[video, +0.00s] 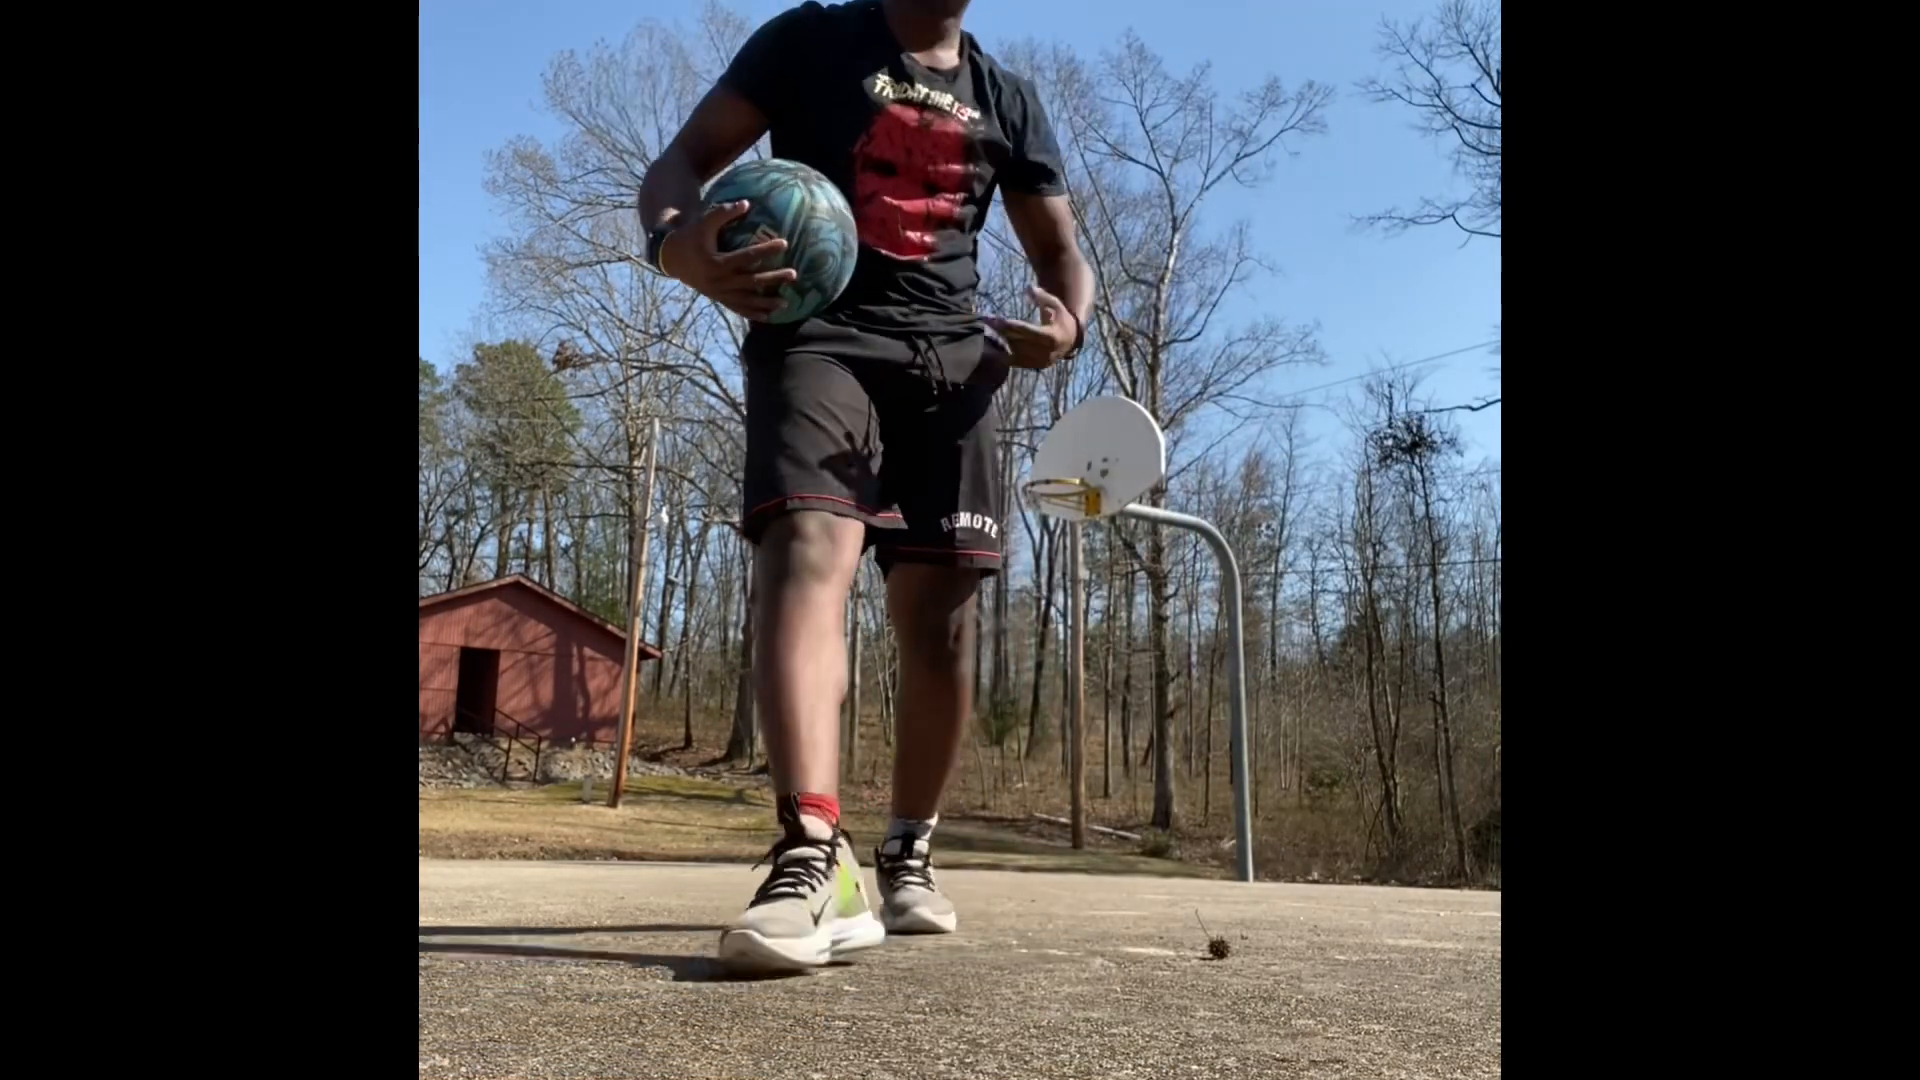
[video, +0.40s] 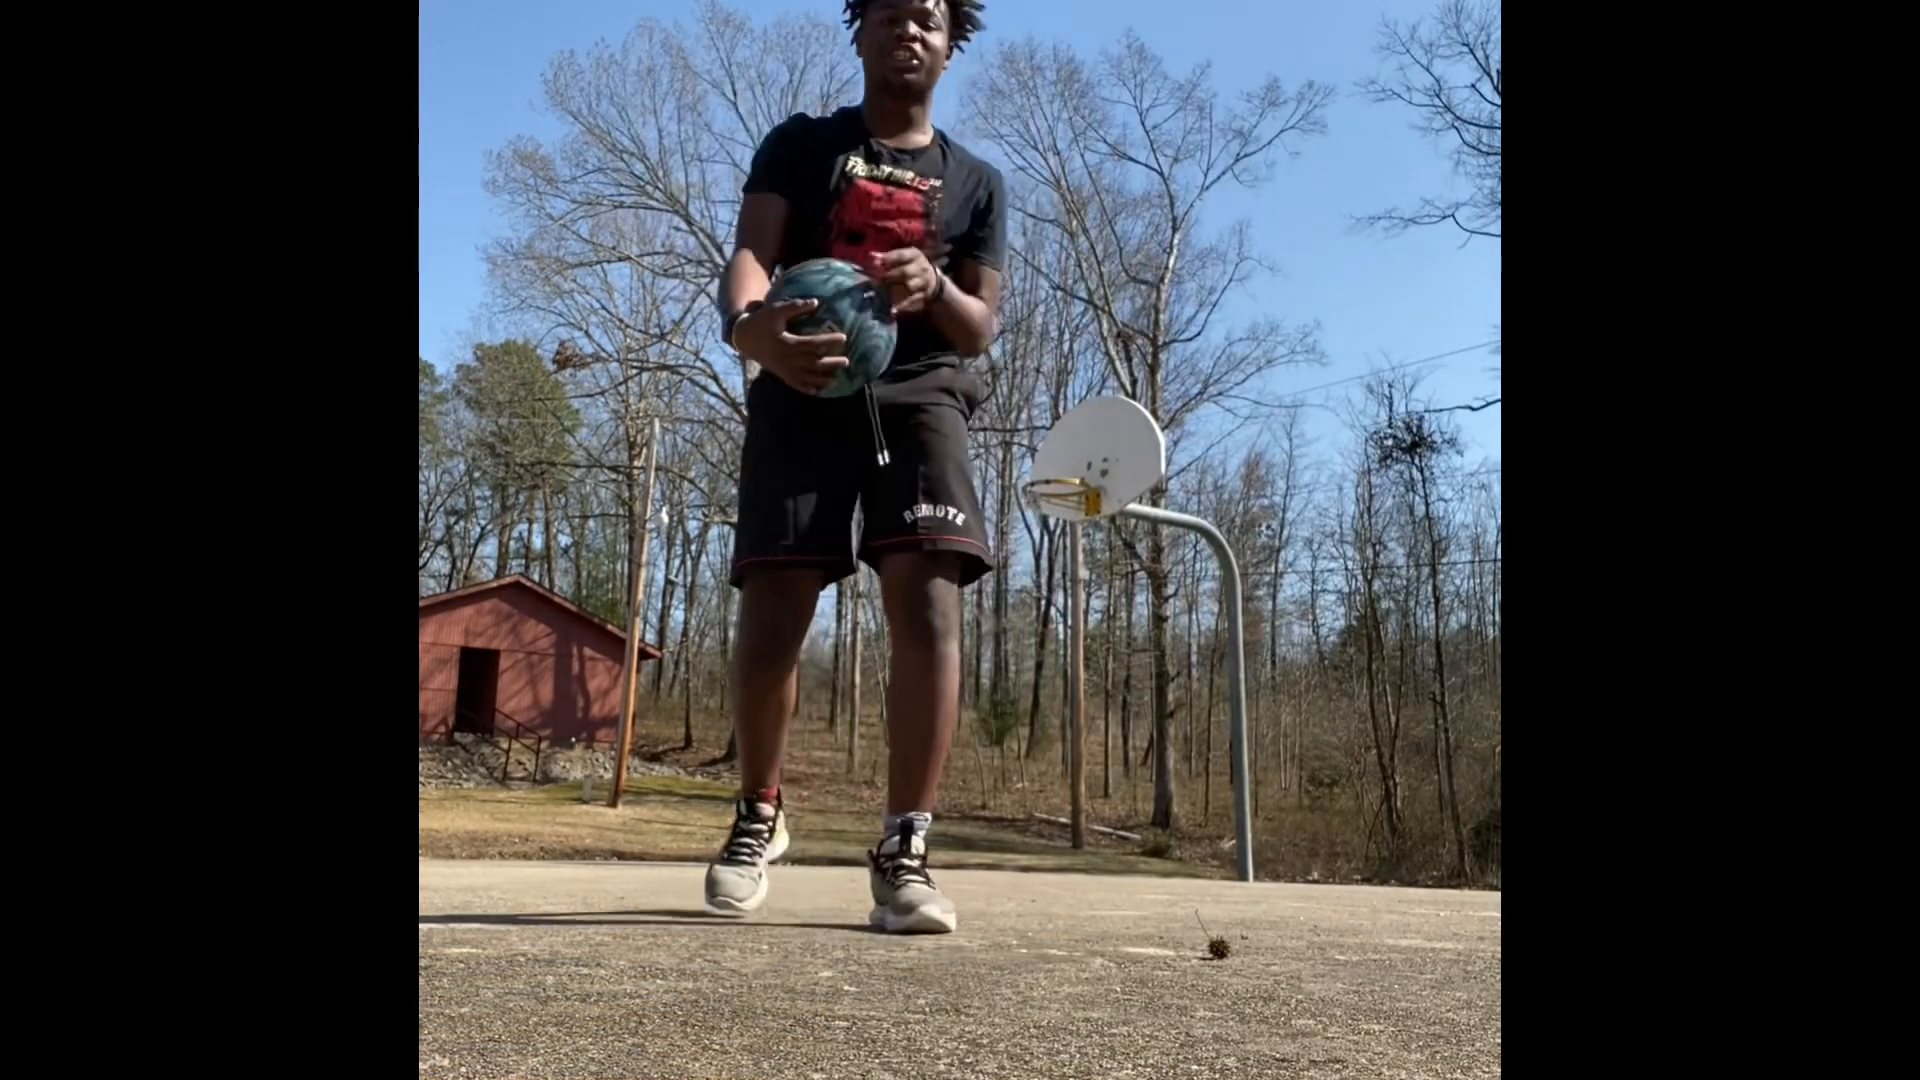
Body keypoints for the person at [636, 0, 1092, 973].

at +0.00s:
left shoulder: (1005, 95)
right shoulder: (804, 42)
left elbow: (1062, 259)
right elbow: (677, 169)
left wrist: (1065, 321)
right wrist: (674, 243)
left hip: (952, 347)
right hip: (817, 333)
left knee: (941, 613)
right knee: (808, 542)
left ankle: (909, 857)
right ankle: (811, 852)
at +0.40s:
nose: (910, 34)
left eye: (928, 23)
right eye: (891, 18)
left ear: (950, 46)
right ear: (859, 33)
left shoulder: (976, 180)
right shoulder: (799, 144)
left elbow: (979, 331)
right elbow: (753, 255)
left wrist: (937, 289)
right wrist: (744, 325)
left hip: (920, 402)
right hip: (798, 396)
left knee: (928, 603)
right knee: (772, 613)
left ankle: (906, 854)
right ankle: (758, 816)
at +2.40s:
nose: (996, 181)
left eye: (1010, 163)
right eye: (976, 167)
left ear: (1033, 166)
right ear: (946, 172)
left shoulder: (1055, 268)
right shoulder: (900, 263)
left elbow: (1098, 379)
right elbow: (867, 400)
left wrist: (1127, 442)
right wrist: (966, 469)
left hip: (1012, 470)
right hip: (911, 467)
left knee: (1025, 668)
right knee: (934, 635)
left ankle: (952, 793)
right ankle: (940, 849)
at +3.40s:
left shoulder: (1213, 63)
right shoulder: (998, 74)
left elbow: (1273, 201)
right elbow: (990, 256)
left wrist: (1330, 305)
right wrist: (1090, 353)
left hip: (1180, 355)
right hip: (1043, 357)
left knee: (1203, 577)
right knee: (1045, 586)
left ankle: (1207, 873)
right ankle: (1013, 864)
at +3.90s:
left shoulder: (1169, 98)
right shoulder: (964, 89)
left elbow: (1262, 227)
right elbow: (826, 175)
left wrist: (1348, 309)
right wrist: (789, 254)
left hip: (1140, 349)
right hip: (1006, 356)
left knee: (1201, 557)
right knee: (1002, 576)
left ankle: (1191, 835)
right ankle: (1007, 865)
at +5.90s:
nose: (804, 235)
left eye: (814, 218)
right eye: (808, 219)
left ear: (848, 222)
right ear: (856, 226)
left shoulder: (909, 286)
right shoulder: (839, 335)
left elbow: (956, 399)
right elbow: (808, 441)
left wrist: (854, 474)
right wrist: (744, 501)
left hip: (914, 506)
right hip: (865, 510)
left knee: (778, 644)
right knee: (787, 656)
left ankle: (843, 845)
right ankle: (849, 849)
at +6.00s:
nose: (814, 207)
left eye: (823, 190)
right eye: (817, 191)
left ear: (860, 194)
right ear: (864, 198)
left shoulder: (926, 258)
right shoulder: (848, 308)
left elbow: (985, 362)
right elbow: (831, 425)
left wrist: (887, 435)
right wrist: (785, 492)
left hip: (929, 485)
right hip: (866, 490)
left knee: (826, 634)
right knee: (815, 652)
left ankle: (920, 817)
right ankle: (858, 850)